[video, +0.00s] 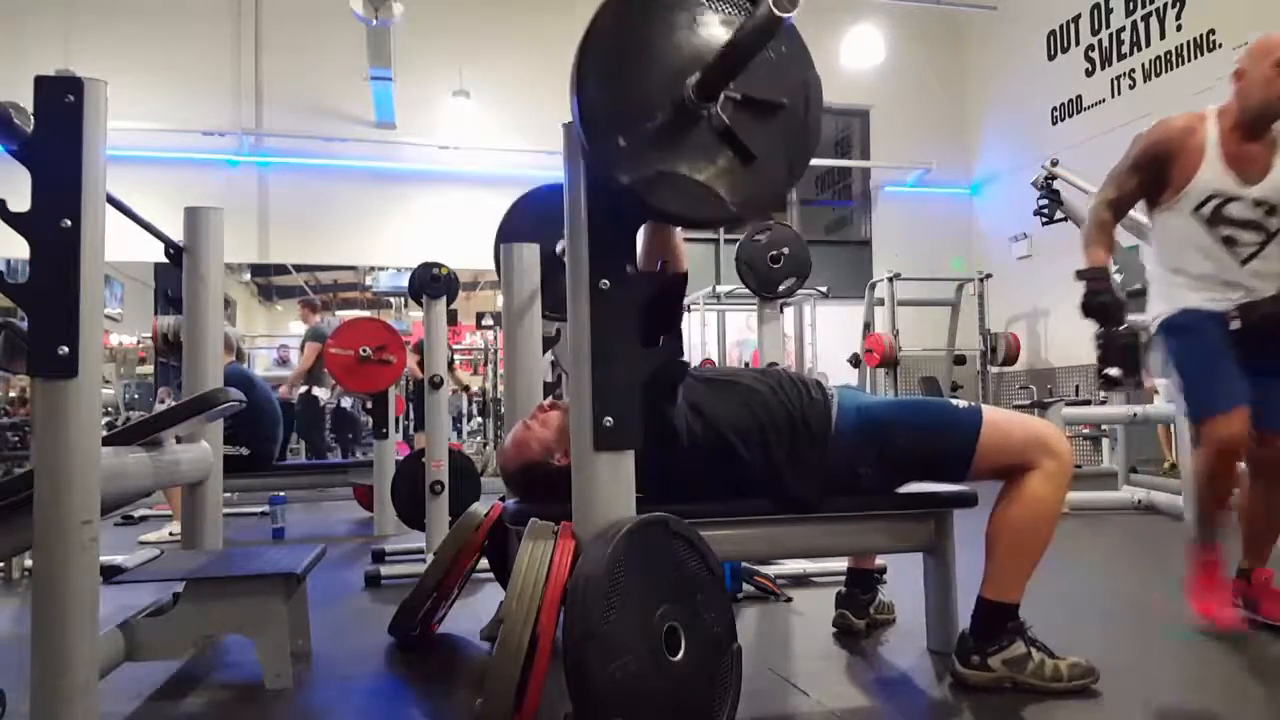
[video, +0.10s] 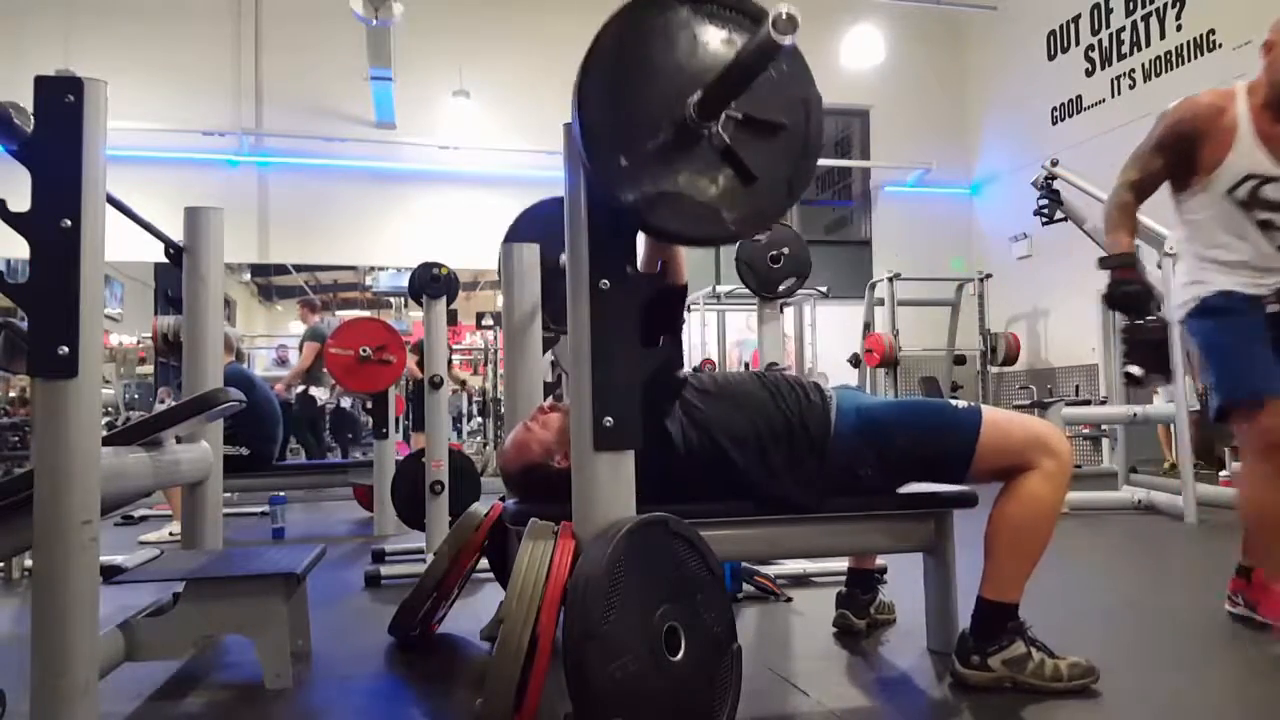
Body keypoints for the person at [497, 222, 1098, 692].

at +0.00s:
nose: (544, 406)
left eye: (533, 411)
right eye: (536, 425)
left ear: (556, 445)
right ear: (558, 460)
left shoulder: (611, 417)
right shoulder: (622, 431)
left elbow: (653, 289)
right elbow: (662, 290)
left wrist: (660, 177)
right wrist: (658, 173)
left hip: (811, 418)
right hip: (837, 431)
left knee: (906, 432)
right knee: (1049, 450)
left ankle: (861, 596)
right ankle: (992, 642)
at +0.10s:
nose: (544, 408)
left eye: (533, 415)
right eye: (536, 425)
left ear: (556, 449)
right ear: (555, 460)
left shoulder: (608, 430)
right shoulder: (617, 447)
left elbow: (649, 310)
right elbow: (657, 300)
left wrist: (662, 191)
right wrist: (665, 186)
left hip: (814, 420)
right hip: (835, 432)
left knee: (906, 435)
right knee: (1047, 450)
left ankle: (861, 595)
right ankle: (993, 641)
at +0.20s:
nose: (545, 410)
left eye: (534, 415)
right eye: (537, 427)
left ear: (554, 433)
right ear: (556, 461)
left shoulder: (607, 428)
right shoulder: (617, 450)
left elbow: (648, 353)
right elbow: (656, 339)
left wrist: (666, 246)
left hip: (819, 419)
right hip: (835, 433)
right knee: (1048, 450)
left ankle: (859, 595)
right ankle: (992, 639)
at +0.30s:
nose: (546, 409)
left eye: (535, 414)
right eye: (538, 426)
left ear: (553, 436)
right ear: (558, 460)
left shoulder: (609, 427)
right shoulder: (619, 449)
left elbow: (650, 353)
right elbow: (659, 338)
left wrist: (670, 235)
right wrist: (670, 231)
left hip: (818, 418)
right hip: (839, 434)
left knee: (919, 434)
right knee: (1049, 452)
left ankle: (860, 594)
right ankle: (992, 640)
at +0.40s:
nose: (545, 409)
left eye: (534, 414)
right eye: (537, 427)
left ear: (554, 425)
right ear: (557, 462)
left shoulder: (608, 429)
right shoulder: (618, 450)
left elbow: (655, 330)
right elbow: (670, 316)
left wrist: (670, 217)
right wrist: (674, 213)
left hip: (821, 419)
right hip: (840, 434)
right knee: (1049, 453)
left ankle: (859, 592)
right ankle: (992, 639)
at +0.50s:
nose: (546, 410)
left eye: (534, 413)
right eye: (538, 427)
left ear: (555, 426)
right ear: (559, 466)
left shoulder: (610, 433)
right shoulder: (628, 453)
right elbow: (678, 325)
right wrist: (687, 211)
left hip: (812, 428)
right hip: (837, 438)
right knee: (1050, 451)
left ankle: (862, 591)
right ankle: (993, 639)